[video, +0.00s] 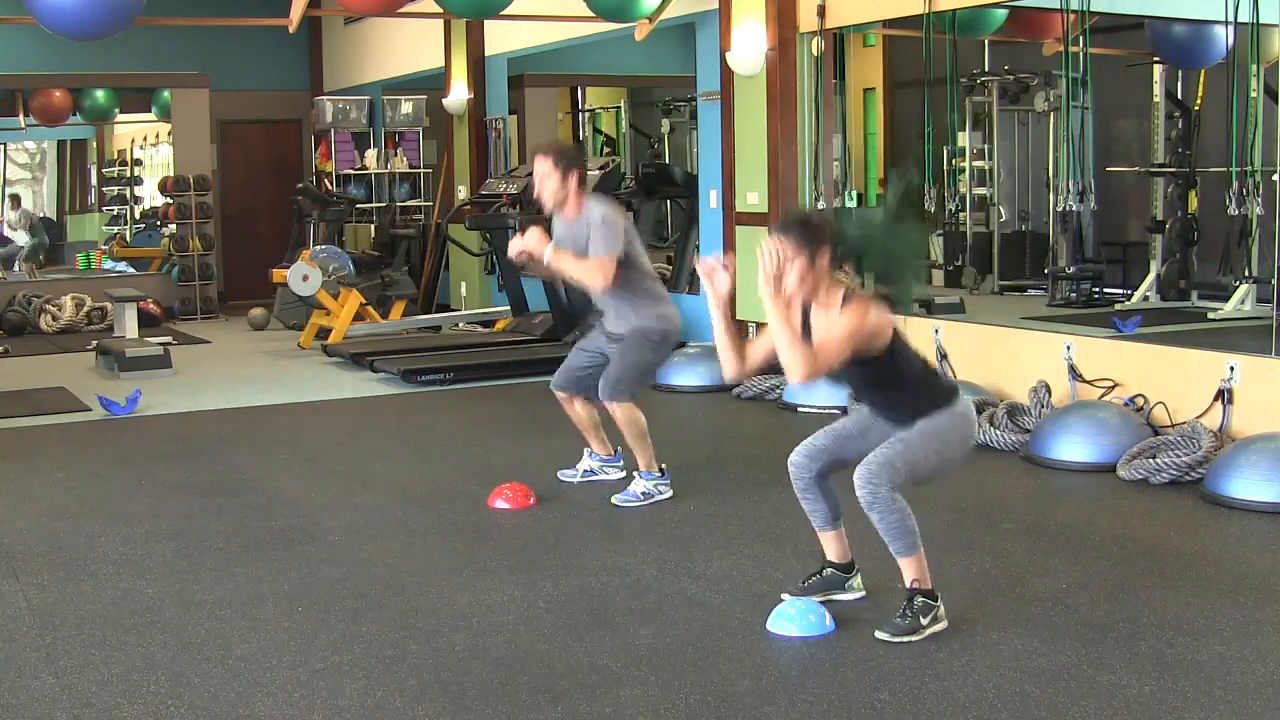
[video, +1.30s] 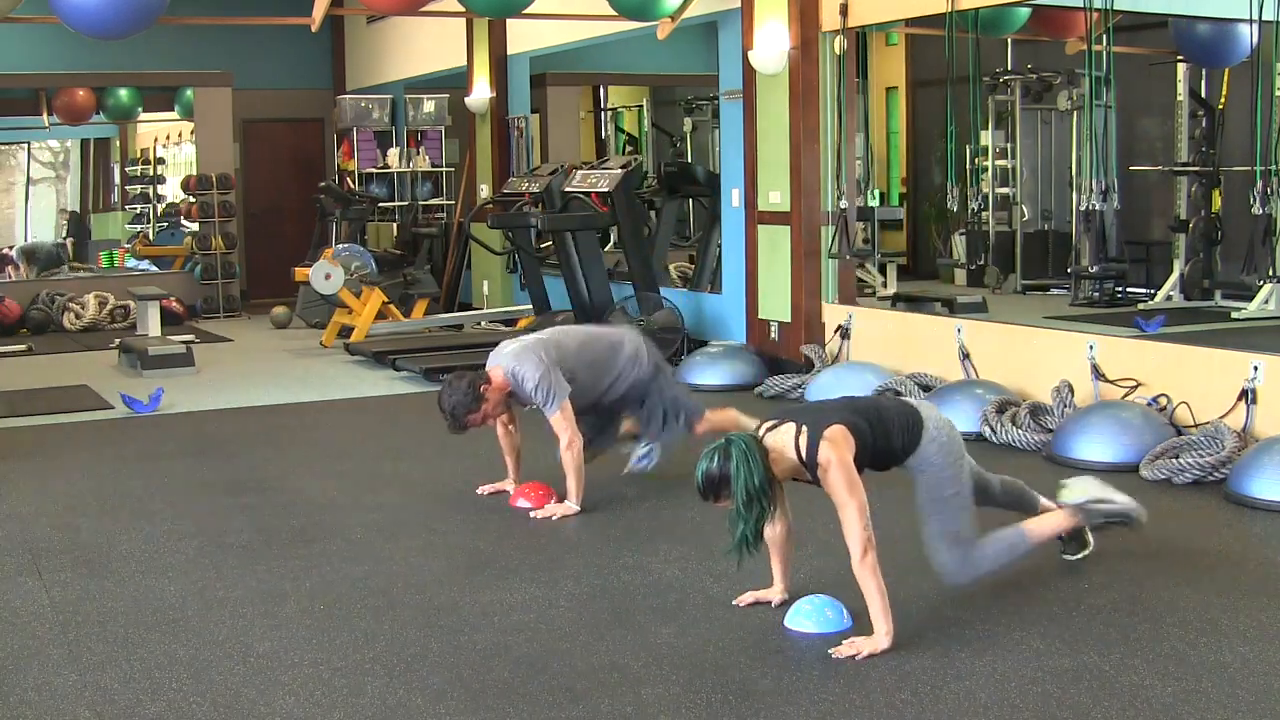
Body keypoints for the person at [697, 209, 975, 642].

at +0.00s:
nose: (778, 268)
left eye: (789, 257)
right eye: (775, 258)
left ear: (823, 258)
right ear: (773, 261)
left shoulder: (861, 309)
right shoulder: (801, 309)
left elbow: (802, 369)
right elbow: (737, 368)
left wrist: (773, 298)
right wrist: (720, 303)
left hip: (945, 418)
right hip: (887, 417)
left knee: (873, 478)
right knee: (804, 463)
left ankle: (924, 598)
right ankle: (842, 570)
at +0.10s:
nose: (776, 318)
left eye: (784, 307)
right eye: (772, 308)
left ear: (818, 308)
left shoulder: (854, 354)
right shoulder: (794, 355)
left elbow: (797, 422)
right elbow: (734, 413)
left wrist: (772, 349)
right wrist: (725, 344)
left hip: (949, 443)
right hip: (890, 443)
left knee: (872, 479)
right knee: (804, 461)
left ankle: (923, 599)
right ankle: (841, 571)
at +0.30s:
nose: (743, 499)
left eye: (740, 490)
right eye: (734, 491)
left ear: (758, 469)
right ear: (754, 453)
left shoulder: (837, 453)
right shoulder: (785, 446)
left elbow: (872, 547)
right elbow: (790, 519)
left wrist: (884, 634)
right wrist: (780, 588)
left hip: (968, 445)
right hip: (934, 454)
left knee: (1064, 503)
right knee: (988, 508)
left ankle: (1174, 536)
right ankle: (1069, 515)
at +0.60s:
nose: (739, 502)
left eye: (737, 494)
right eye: (731, 496)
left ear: (754, 472)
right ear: (750, 456)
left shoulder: (835, 450)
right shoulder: (775, 443)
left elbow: (870, 546)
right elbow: (783, 519)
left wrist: (883, 632)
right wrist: (779, 588)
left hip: (948, 440)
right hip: (924, 441)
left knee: (1021, 538)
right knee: (1005, 495)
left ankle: (1148, 532)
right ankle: (1080, 514)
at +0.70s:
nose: (741, 502)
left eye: (738, 494)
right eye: (733, 498)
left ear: (755, 472)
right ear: (749, 456)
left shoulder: (835, 446)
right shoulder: (774, 441)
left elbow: (870, 543)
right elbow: (780, 517)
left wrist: (883, 633)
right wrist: (778, 585)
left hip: (938, 420)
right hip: (913, 400)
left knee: (962, 554)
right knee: (989, 478)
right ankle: (1069, 520)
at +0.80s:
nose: (739, 506)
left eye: (737, 498)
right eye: (731, 501)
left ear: (754, 477)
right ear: (746, 460)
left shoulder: (838, 447)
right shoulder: (771, 441)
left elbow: (872, 545)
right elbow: (781, 518)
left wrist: (884, 634)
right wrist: (780, 587)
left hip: (929, 429)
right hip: (915, 408)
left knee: (902, 559)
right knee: (982, 481)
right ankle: (1067, 516)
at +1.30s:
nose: (735, 508)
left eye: (733, 500)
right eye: (726, 503)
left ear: (749, 478)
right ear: (735, 461)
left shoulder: (826, 452)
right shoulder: (759, 442)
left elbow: (862, 549)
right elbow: (772, 517)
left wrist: (883, 633)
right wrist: (778, 584)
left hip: (927, 436)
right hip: (903, 423)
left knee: (958, 565)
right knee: (988, 487)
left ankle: (1076, 514)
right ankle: (1067, 521)